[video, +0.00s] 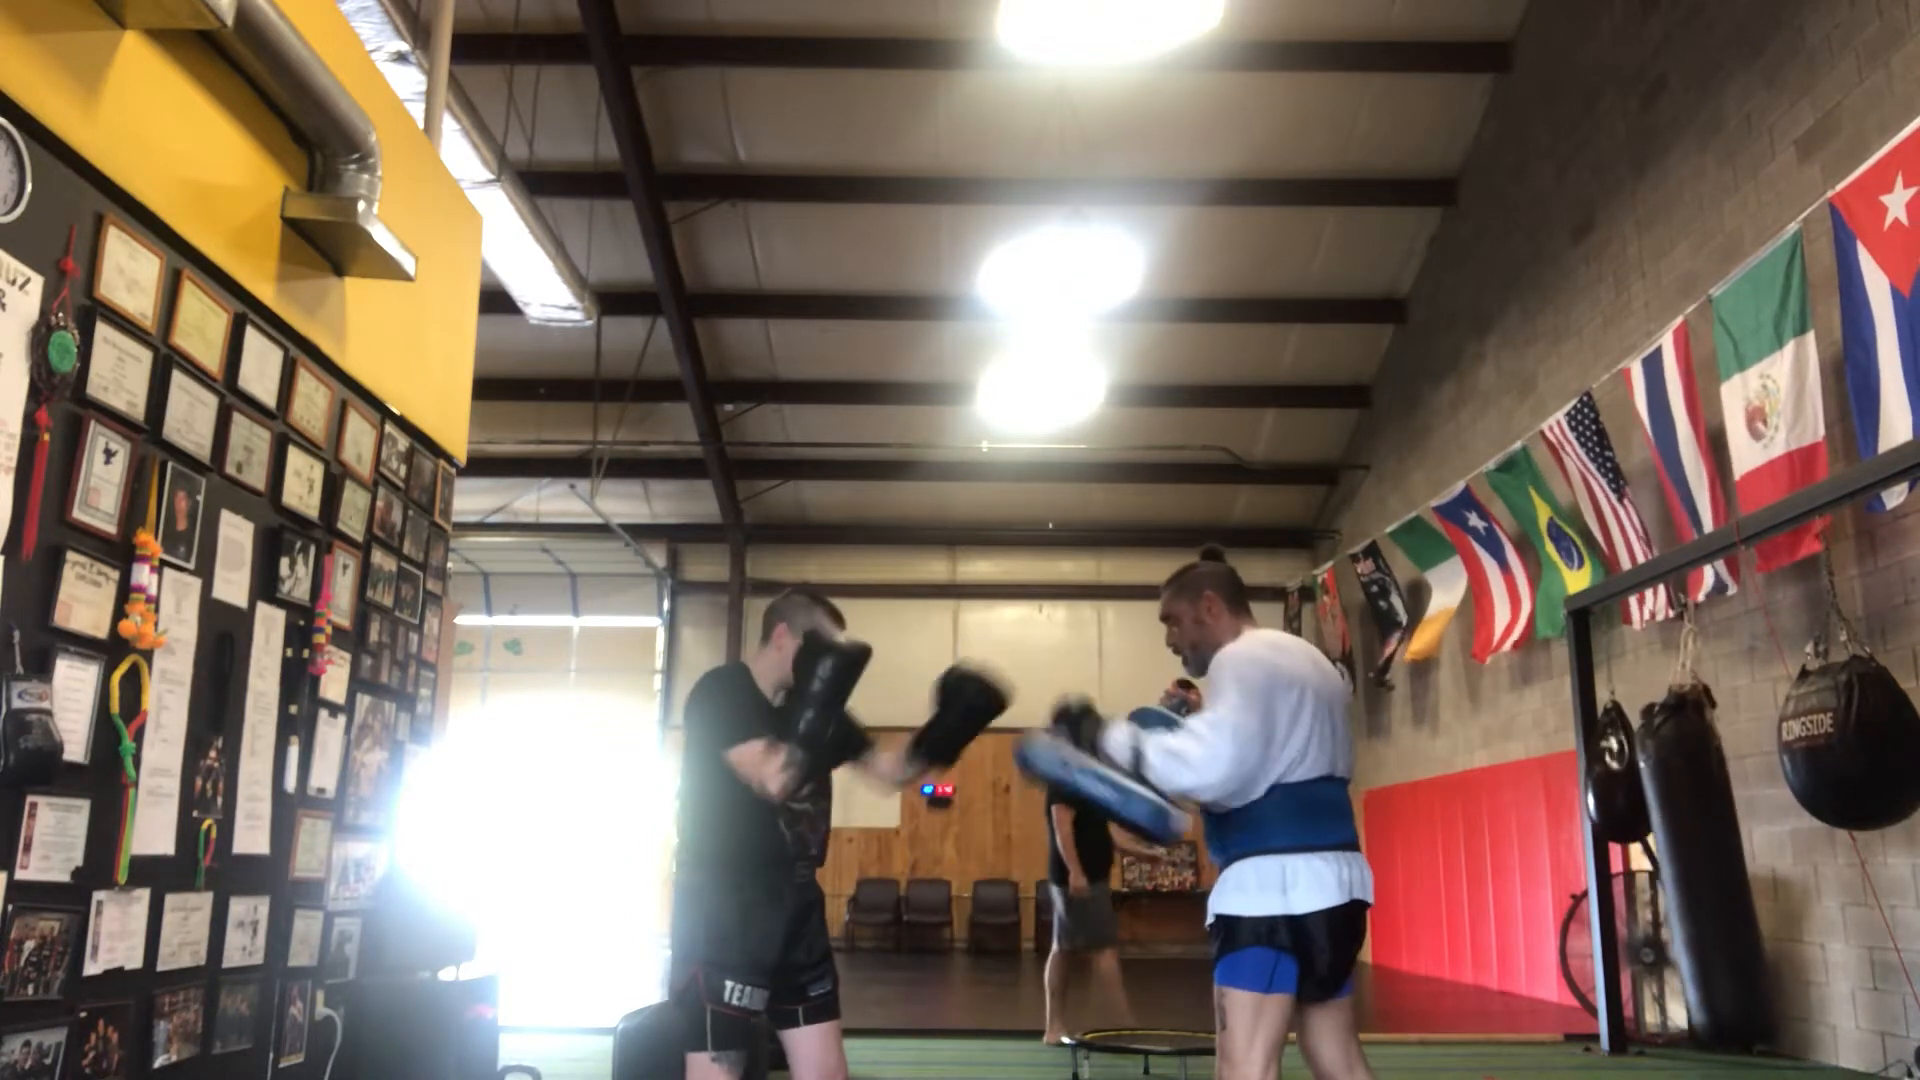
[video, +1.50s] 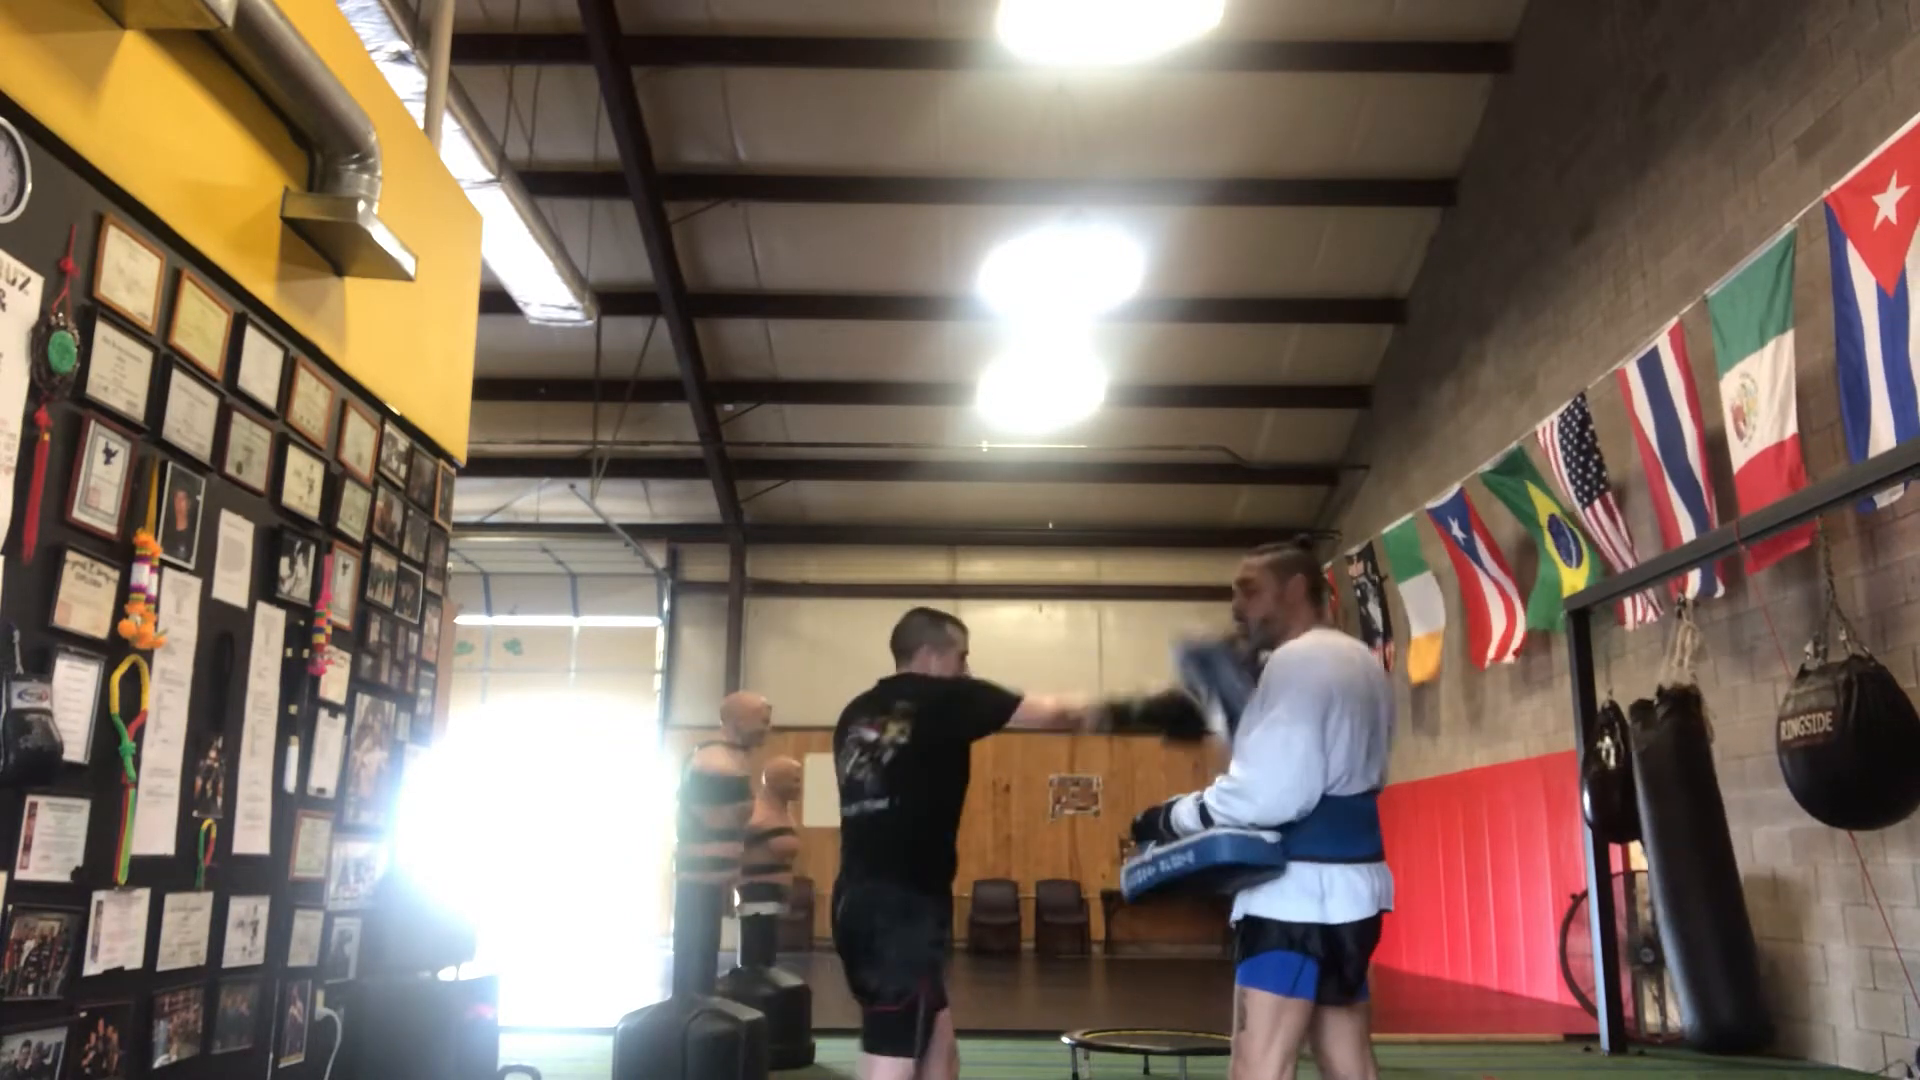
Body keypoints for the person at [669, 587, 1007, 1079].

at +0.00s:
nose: (823, 662)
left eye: (828, 651)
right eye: (816, 647)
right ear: (782, 636)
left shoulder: (812, 705)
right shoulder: (720, 691)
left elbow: (888, 770)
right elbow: (775, 779)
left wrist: (948, 728)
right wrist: (816, 702)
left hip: (797, 913)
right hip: (724, 915)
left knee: (824, 1070)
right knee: (715, 1070)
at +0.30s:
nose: (805, 669)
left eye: (812, 657)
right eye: (804, 653)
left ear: (771, 643)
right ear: (771, 639)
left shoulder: (778, 705)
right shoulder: (708, 691)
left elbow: (839, 784)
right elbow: (782, 775)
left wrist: (853, 700)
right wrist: (823, 694)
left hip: (777, 906)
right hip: (712, 908)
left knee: (825, 1069)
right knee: (709, 1070)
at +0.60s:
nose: (803, 659)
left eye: (810, 648)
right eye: (800, 645)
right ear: (767, 636)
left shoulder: (781, 702)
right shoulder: (708, 688)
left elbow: (842, 783)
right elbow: (777, 778)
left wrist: (879, 711)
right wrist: (812, 697)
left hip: (777, 907)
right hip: (710, 911)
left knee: (828, 1068)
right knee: (705, 1071)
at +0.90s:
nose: (836, 654)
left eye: (841, 644)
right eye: (829, 641)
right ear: (796, 632)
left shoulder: (824, 695)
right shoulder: (737, 686)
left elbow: (926, 716)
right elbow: (804, 763)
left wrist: (971, 650)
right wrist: (838, 687)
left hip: (811, 896)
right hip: (737, 903)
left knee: (921, 1016)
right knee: (719, 1070)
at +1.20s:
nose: (904, 676)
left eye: (906, 665)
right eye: (896, 664)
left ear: (867, 663)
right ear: (857, 660)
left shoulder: (900, 723)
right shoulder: (800, 722)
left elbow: (950, 802)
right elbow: (832, 811)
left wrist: (1006, 784)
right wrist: (882, 734)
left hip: (889, 923)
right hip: (819, 926)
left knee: (952, 1069)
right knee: (788, 1068)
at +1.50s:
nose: (965, 669)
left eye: (964, 658)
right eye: (960, 657)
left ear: (911, 655)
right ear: (931, 655)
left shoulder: (855, 712)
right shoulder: (949, 698)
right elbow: (1057, 712)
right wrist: (1145, 710)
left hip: (859, 901)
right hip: (908, 905)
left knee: (938, 1047)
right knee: (890, 1062)